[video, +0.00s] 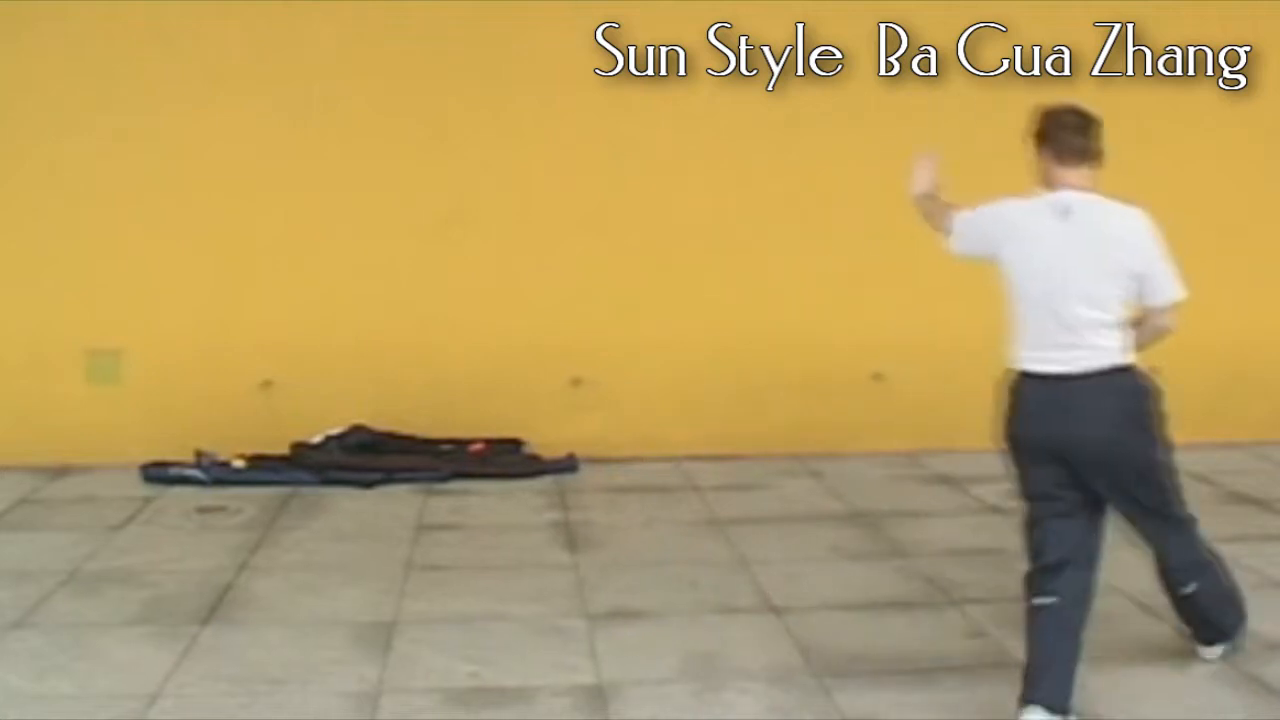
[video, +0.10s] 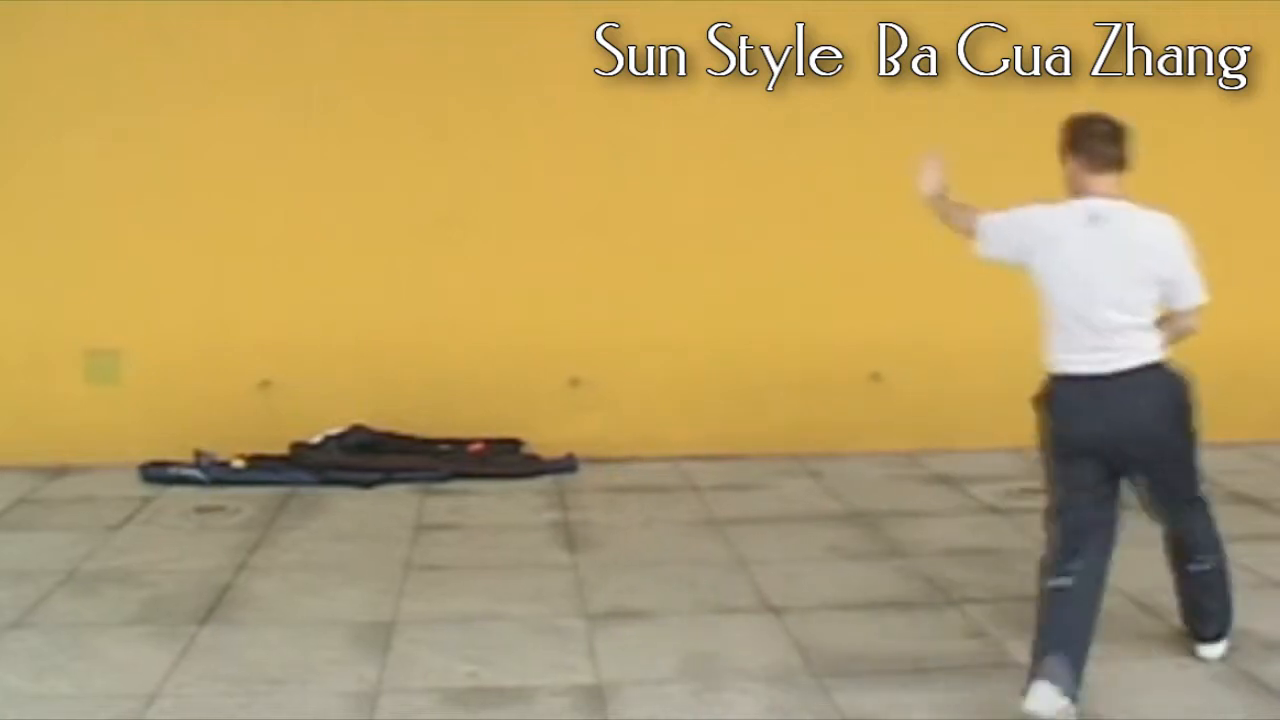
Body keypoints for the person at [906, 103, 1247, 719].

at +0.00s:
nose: (1047, 165)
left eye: (1043, 155)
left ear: (1042, 157)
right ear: (1098, 158)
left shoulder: (1015, 219)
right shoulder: (1129, 222)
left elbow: (952, 225)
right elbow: (1163, 316)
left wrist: (923, 195)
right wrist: (1111, 347)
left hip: (1035, 405)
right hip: (1112, 402)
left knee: (1056, 561)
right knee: (1166, 523)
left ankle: (1043, 703)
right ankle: (1220, 627)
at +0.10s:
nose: (1068, 170)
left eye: (1067, 161)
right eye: (1075, 161)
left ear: (1071, 164)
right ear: (1123, 164)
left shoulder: (1046, 225)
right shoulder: (1160, 230)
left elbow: (975, 224)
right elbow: (1187, 320)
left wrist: (935, 196)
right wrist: (1136, 341)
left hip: (1074, 401)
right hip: (1149, 397)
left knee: (1078, 538)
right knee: (1185, 511)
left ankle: (1053, 679)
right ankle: (1211, 631)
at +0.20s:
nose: (1085, 166)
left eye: (1086, 156)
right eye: (1087, 156)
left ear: (1099, 157)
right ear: (1143, 159)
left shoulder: (1074, 216)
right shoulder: (1184, 219)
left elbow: (993, 220)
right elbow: (1203, 304)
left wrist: (939, 195)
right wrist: (1157, 332)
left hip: (1098, 384)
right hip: (1173, 380)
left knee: (1110, 515)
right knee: (1195, 506)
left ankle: (1097, 611)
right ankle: (1210, 632)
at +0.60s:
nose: (1055, 175)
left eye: (1061, 164)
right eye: (1056, 164)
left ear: (1088, 165)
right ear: (1106, 167)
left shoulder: (1072, 218)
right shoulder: (1152, 217)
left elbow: (982, 223)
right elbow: (1156, 293)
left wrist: (905, 202)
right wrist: (1072, 326)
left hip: (1096, 367)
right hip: (1158, 361)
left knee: (1090, 463)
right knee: (1176, 487)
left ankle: (1091, 548)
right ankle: (1202, 606)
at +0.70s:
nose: (1034, 174)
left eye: (1039, 164)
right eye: (1035, 164)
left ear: (1066, 165)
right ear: (1080, 168)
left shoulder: (1054, 217)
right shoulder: (1125, 216)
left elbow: (969, 224)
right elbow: (1123, 293)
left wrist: (889, 204)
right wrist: (1046, 321)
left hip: (1072, 358)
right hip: (1129, 352)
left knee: (1064, 459)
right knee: (1150, 463)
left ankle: (1085, 548)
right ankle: (1191, 558)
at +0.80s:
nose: (1008, 167)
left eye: (1014, 156)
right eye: (1009, 157)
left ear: (1042, 157)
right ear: (1054, 159)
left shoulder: (1033, 211)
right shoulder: (1096, 210)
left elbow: (948, 216)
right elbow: (1078, 288)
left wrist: (872, 201)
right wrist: (1015, 313)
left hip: (1043, 345)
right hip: (1093, 340)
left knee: (1041, 450)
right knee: (1089, 439)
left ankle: (1081, 546)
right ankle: (1148, 513)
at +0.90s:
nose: (987, 165)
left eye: (993, 155)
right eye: (988, 155)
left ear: (1018, 157)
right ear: (1030, 158)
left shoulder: (1015, 207)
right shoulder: (1068, 206)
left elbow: (934, 214)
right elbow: (1050, 281)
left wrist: (856, 199)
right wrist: (990, 308)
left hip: (1023, 340)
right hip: (1063, 334)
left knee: (1026, 445)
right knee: (1037, 427)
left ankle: (1076, 542)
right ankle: (1094, 500)